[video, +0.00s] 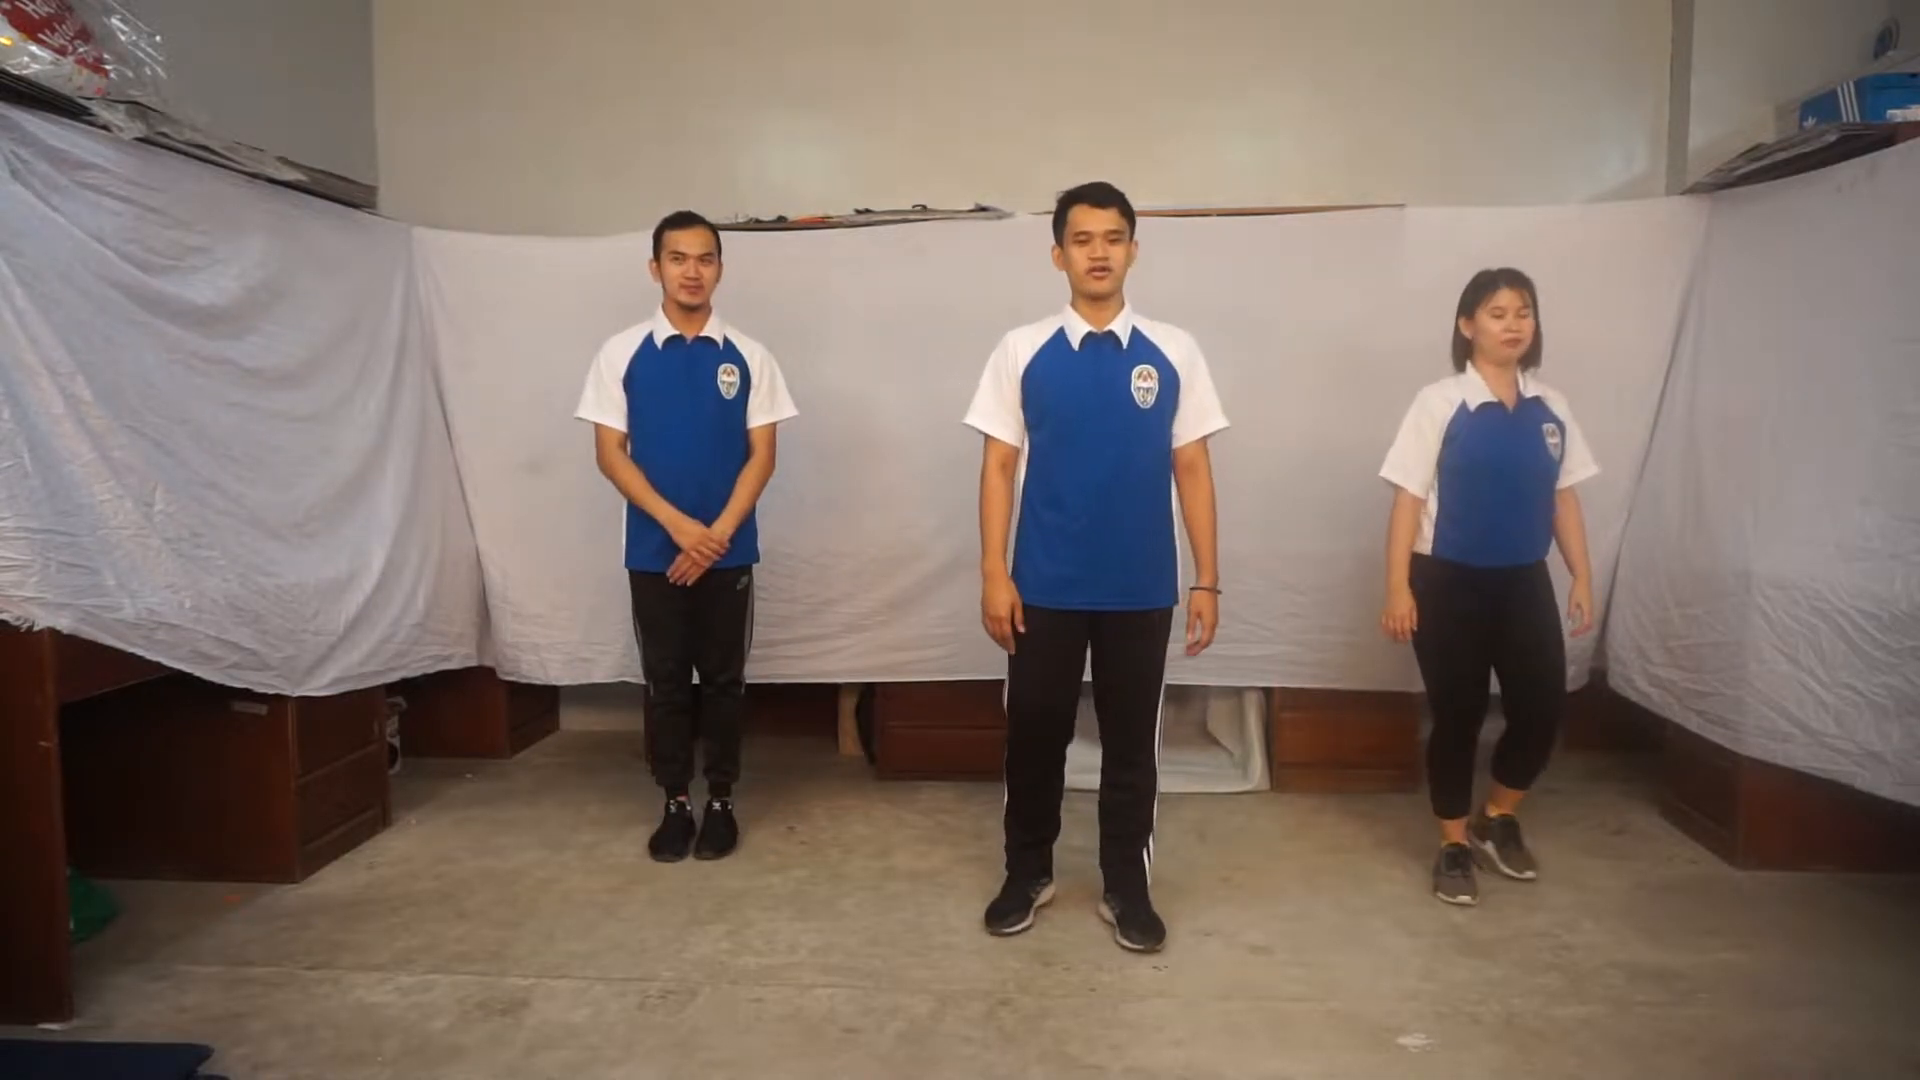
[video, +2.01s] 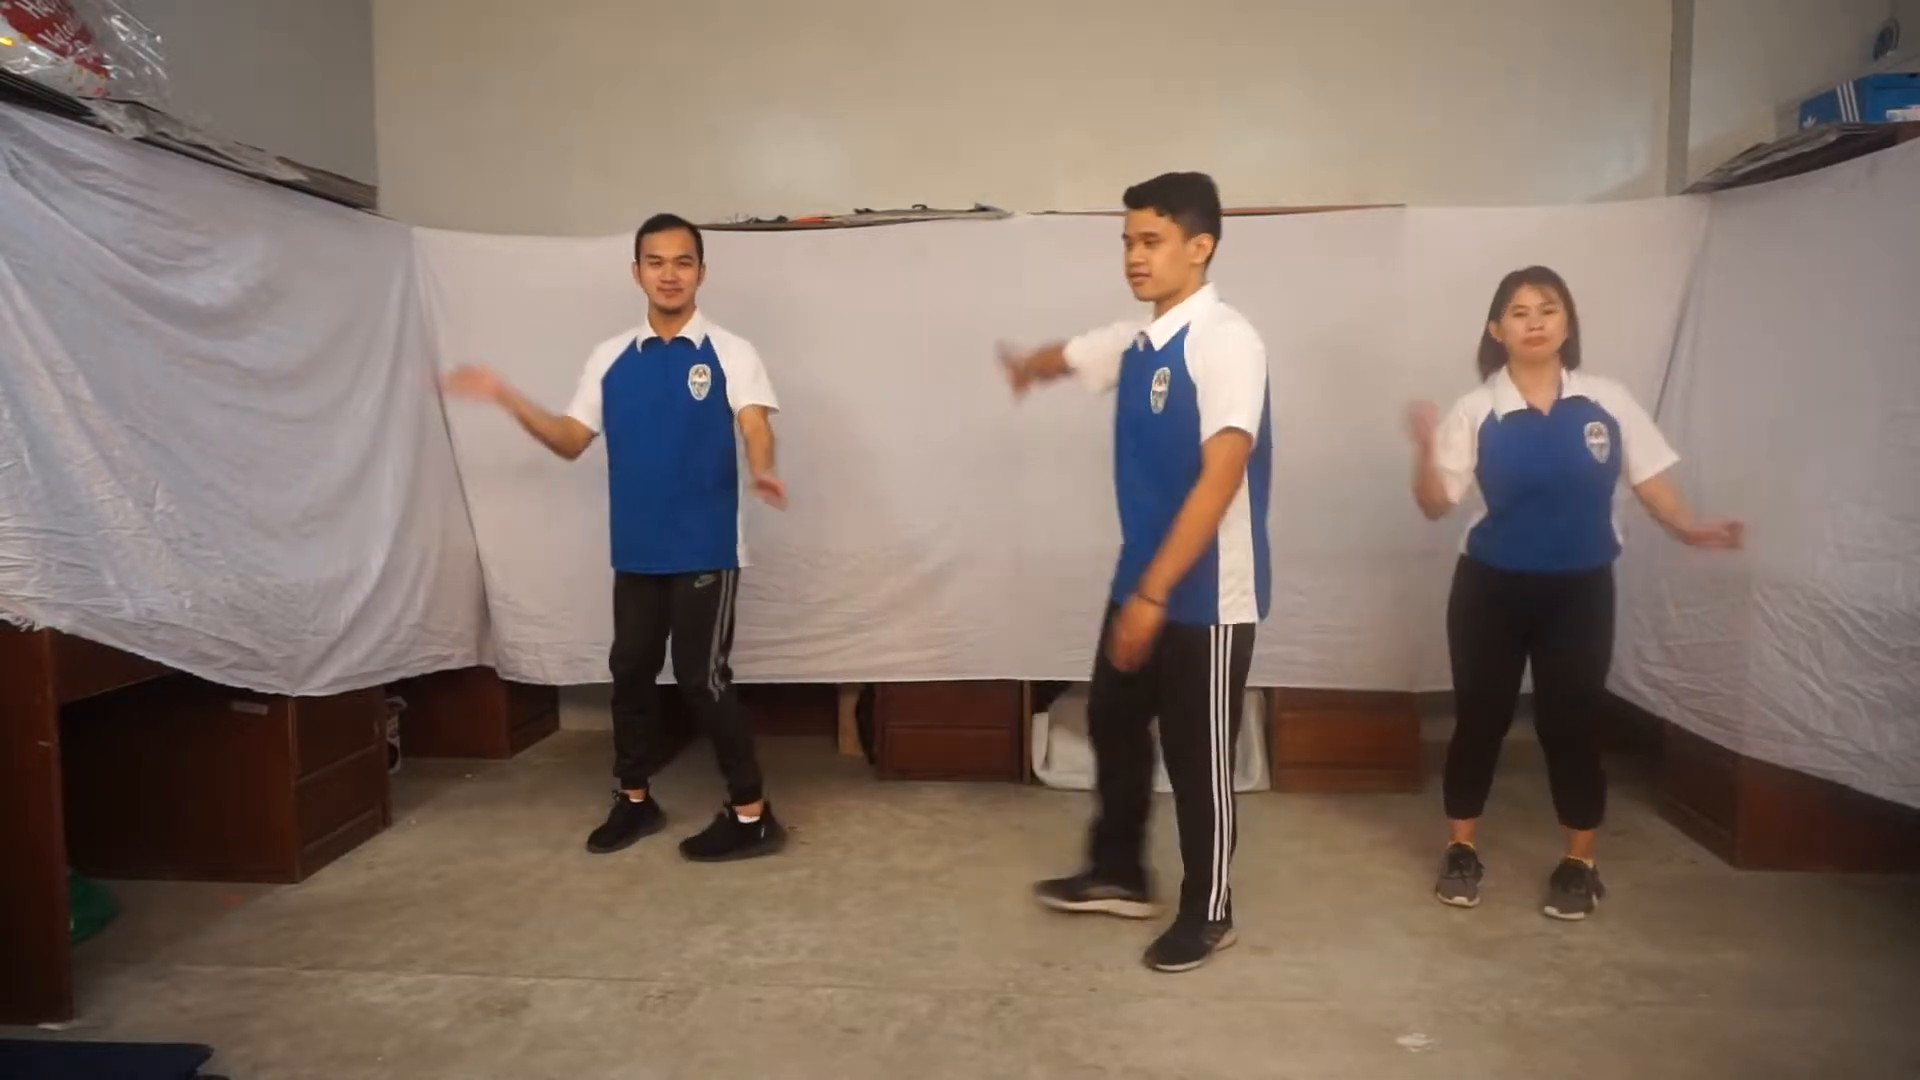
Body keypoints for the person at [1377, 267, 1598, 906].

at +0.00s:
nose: (1513, 323)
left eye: (1522, 313)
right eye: (1497, 313)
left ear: (1535, 325)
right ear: (1468, 325)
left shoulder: (1549, 405)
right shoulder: (1438, 401)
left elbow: (1564, 500)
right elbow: (1406, 500)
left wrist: (1581, 576)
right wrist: (1397, 587)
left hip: (1525, 586)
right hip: (1449, 584)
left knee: (1541, 709)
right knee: (1457, 713)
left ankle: (1497, 817)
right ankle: (1453, 843)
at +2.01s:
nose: (1534, 321)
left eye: (1547, 310)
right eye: (1519, 312)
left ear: (1568, 323)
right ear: (1498, 329)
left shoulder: (1606, 399)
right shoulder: (1474, 409)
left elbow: (1650, 481)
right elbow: (1435, 504)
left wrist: (1688, 526)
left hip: (1580, 590)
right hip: (1491, 587)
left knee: (1569, 725)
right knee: (1480, 718)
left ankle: (1579, 862)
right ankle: (1460, 851)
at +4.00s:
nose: (1343, 330)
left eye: (1343, 319)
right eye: (1337, 320)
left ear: (1281, 321)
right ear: (1311, 325)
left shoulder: (1287, 381)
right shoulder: (1281, 399)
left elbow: (1323, 358)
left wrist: (1363, 314)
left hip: (1273, 580)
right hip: (1235, 585)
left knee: (1313, 701)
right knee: (1254, 722)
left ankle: (1265, 834)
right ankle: (1227, 866)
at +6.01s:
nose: (1501, 362)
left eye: (1505, 349)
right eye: (1499, 349)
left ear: (1531, 349)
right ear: (1563, 334)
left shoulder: (1575, 418)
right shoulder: (1593, 381)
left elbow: (1544, 531)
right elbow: (1553, 343)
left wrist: (1492, 554)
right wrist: (1555, 293)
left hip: (1626, 591)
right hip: (1614, 584)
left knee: (1609, 726)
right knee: (1585, 717)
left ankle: (1605, 875)